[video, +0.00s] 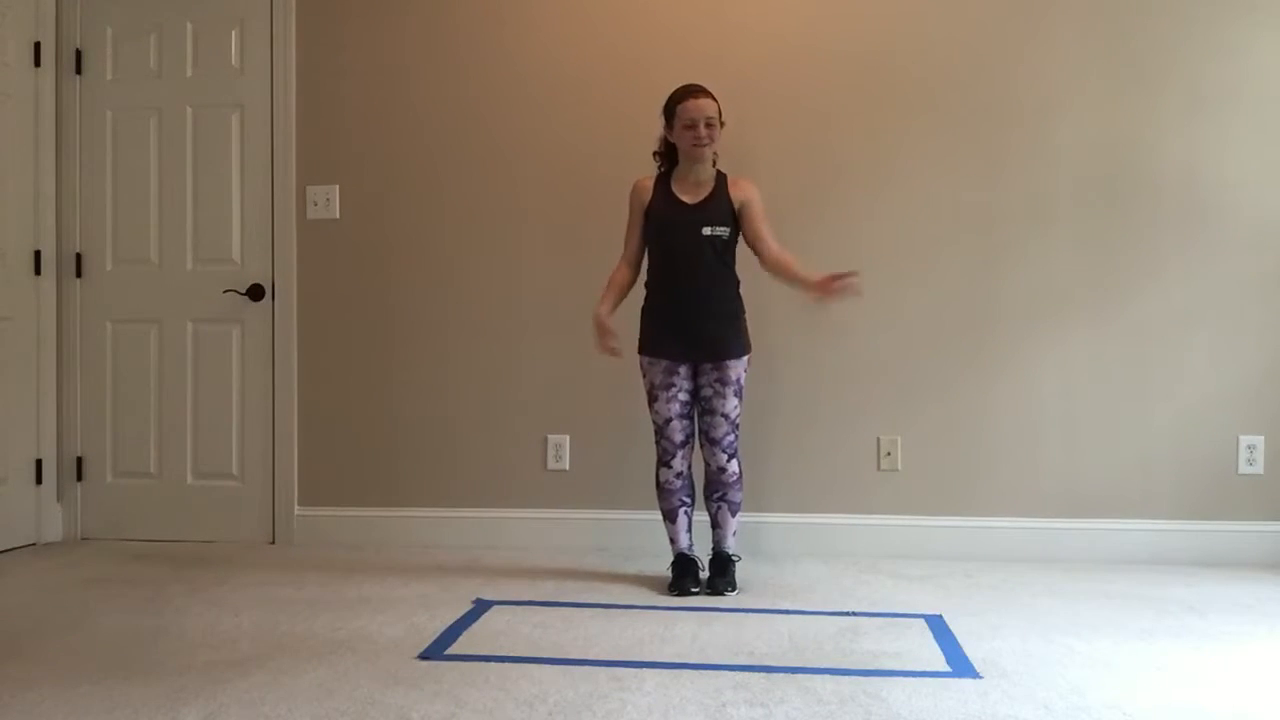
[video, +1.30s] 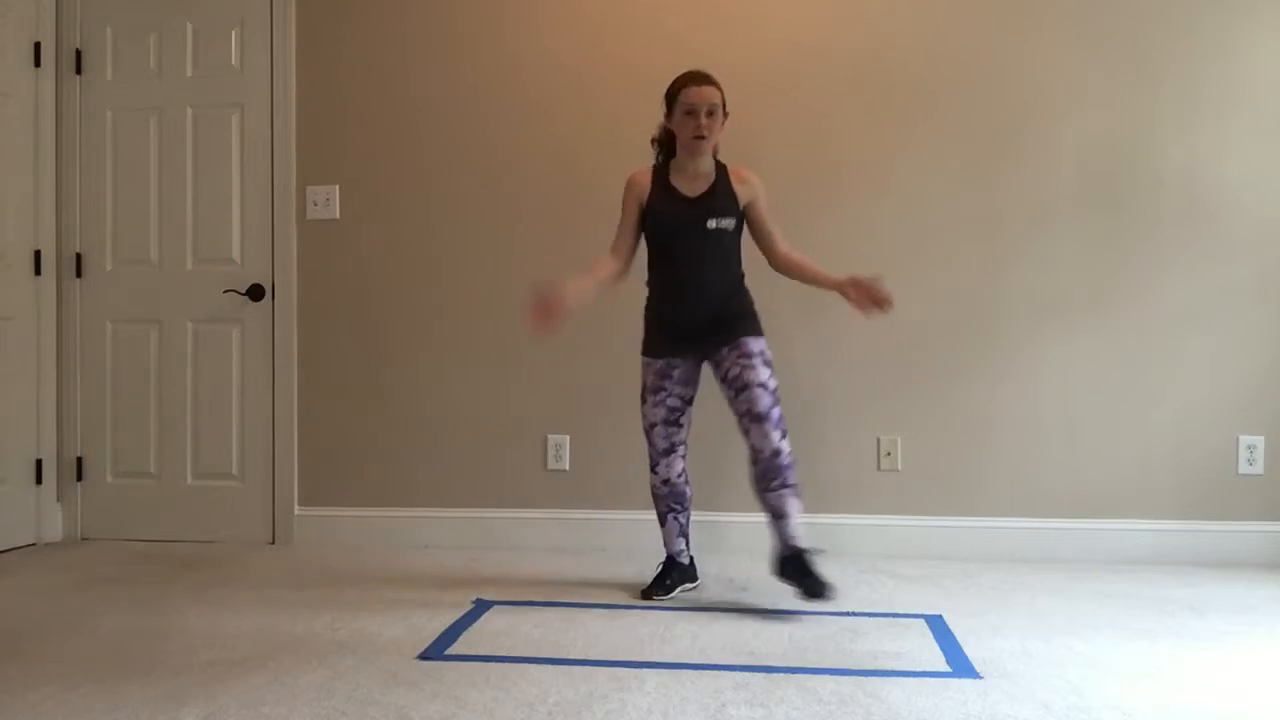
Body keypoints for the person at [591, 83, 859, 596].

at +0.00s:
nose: (702, 131)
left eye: (710, 123)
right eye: (690, 123)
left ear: (721, 129)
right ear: (670, 131)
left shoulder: (739, 192)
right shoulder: (647, 190)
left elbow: (770, 252)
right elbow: (630, 263)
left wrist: (811, 282)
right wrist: (604, 308)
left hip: (723, 341)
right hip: (664, 341)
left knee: (721, 448)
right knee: (672, 450)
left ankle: (724, 555)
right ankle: (683, 556)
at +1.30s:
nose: (701, 122)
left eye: (711, 112)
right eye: (689, 112)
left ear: (724, 122)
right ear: (669, 120)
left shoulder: (741, 184)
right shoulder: (644, 185)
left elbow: (780, 256)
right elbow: (617, 260)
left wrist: (840, 284)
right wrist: (569, 291)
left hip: (732, 326)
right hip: (668, 331)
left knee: (767, 430)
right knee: (664, 450)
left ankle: (790, 551)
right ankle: (678, 560)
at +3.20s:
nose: (681, 122)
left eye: (690, 111)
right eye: (669, 112)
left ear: (704, 113)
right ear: (651, 118)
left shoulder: (725, 177)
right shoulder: (631, 181)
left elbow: (758, 254)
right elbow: (607, 264)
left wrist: (828, 255)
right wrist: (549, 309)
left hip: (716, 325)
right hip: (651, 330)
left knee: (751, 429)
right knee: (645, 445)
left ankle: (754, 525)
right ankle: (643, 549)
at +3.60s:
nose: (702, 110)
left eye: (714, 99)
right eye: (693, 100)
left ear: (738, 105)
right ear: (681, 106)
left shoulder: (757, 180)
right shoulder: (658, 180)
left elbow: (787, 271)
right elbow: (600, 242)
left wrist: (839, 340)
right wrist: (548, 195)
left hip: (746, 340)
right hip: (676, 341)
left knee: (766, 463)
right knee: (636, 452)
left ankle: (804, 591)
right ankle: (654, 527)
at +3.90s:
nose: (664, 112)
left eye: (677, 101)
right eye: (654, 101)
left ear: (702, 108)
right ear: (643, 108)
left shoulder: (717, 180)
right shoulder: (620, 173)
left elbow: (735, 258)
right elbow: (592, 254)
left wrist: (764, 187)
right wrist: (560, 328)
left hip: (675, 338)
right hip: (602, 332)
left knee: (711, 463)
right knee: (576, 459)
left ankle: (768, 588)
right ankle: (555, 586)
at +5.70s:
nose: (680, 105)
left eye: (688, 90)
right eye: (670, 95)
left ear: (722, 83)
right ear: (666, 100)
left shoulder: (757, 160)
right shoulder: (659, 158)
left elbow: (784, 248)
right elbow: (624, 241)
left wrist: (821, 194)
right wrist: (575, 302)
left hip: (704, 325)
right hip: (630, 316)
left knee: (748, 454)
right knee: (592, 447)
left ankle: (800, 582)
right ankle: (582, 569)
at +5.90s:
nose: (663, 129)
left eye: (675, 116)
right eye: (652, 119)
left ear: (700, 121)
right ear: (641, 126)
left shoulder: (719, 202)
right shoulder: (620, 187)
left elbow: (730, 288)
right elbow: (584, 270)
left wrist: (774, 227)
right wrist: (533, 341)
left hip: (668, 356)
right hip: (594, 347)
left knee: (725, 472)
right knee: (571, 469)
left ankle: (787, 593)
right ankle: (564, 597)